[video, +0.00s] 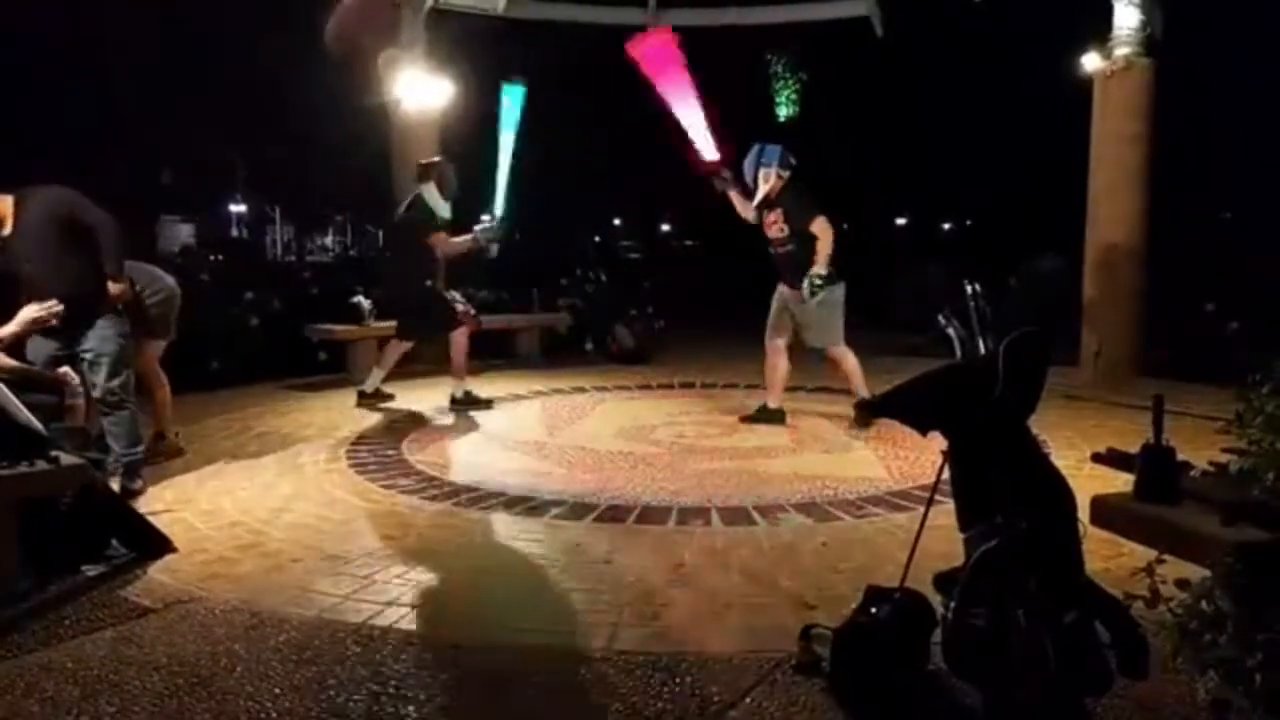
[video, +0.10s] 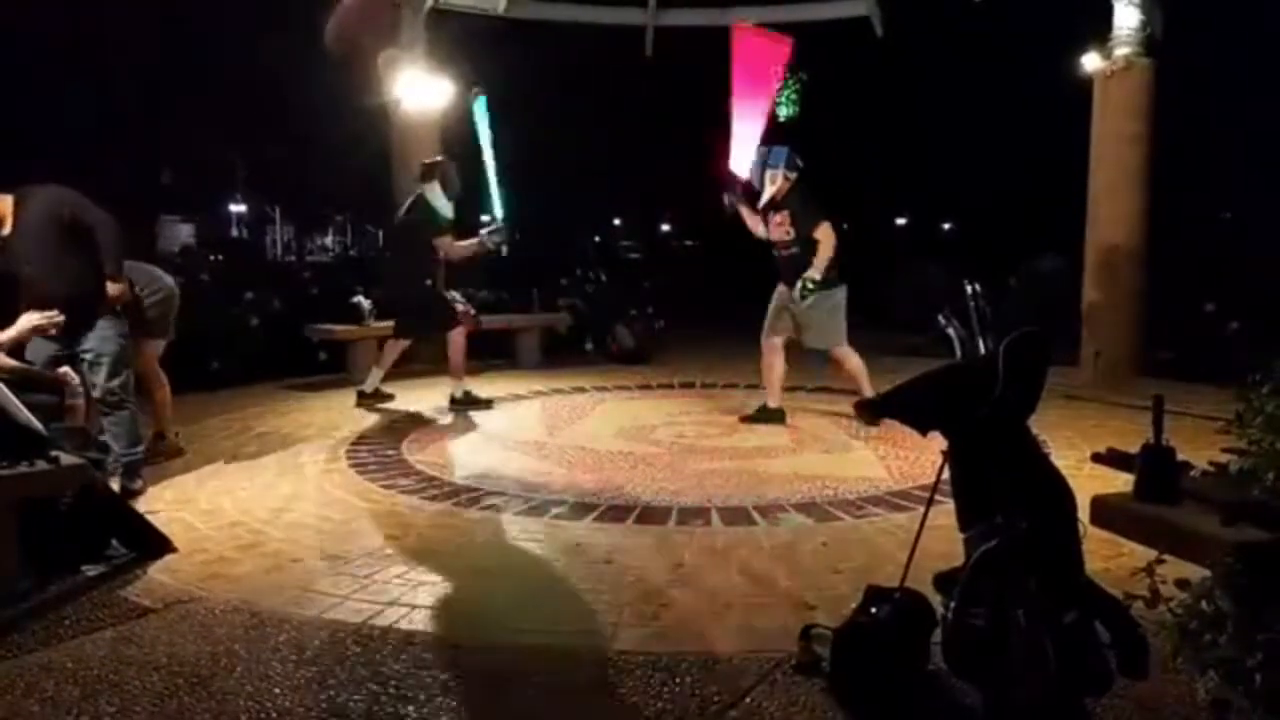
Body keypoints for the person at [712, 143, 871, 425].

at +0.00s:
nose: (760, 182)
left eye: (764, 175)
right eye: (758, 176)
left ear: (777, 174)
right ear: (758, 175)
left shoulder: (795, 200)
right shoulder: (766, 201)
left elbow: (825, 232)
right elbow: (748, 214)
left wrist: (819, 269)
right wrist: (730, 190)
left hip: (819, 287)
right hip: (787, 288)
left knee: (835, 348)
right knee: (775, 343)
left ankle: (863, 400)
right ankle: (773, 406)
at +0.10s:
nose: (769, 180)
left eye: (774, 174)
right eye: (767, 173)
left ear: (787, 175)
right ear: (763, 173)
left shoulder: (802, 203)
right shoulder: (769, 203)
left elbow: (827, 238)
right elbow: (763, 231)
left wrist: (814, 273)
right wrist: (741, 207)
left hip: (823, 289)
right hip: (788, 288)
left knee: (838, 349)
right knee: (771, 341)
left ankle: (869, 397)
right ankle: (772, 406)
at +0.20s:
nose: (786, 192)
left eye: (790, 185)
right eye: (782, 186)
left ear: (801, 183)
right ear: (776, 185)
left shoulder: (818, 209)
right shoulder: (785, 214)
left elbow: (839, 248)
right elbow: (785, 253)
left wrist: (816, 280)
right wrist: (759, 236)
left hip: (833, 294)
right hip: (796, 292)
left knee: (843, 355)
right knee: (772, 341)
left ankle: (873, 399)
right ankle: (772, 405)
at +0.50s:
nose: (817, 182)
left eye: (821, 175)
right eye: (815, 175)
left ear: (832, 173)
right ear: (813, 174)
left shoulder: (845, 200)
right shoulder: (821, 203)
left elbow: (861, 242)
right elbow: (826, 249)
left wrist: (831, 268)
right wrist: (792, 260)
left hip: (854, 287)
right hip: (824, 285)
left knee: (857, 349)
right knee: (799, 335)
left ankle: (879, 401)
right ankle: (788, 400)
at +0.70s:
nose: (816, 181)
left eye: (821, 174)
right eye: (817, 174)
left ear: (833, 174)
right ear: (826, 174)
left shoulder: (848, 200)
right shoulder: (827, 202)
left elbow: (842, 247)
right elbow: (830, 251)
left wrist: (806, 250)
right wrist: (804, 269)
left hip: (853, 289)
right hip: (827, 285)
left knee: (857, 349)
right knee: (798, 333)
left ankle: (879, 402)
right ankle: (810, 397)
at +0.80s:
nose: (812, 183)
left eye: (815, 177)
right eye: (812, 177)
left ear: (827, 176)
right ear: (832, 176)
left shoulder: (839, 203)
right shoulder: (831, 202)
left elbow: (820, 247)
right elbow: (833, 250)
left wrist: (789, 232)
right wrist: (807, 267)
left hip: (850, 289)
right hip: (825, 286)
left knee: (855, 348)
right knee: (787, 325)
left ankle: (879, 399)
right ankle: (799, 391)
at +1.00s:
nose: (799, 185)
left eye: (802, 179)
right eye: (801, 179)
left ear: (813, 177)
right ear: (821, 176)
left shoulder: (824, 201)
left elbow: (796, 241)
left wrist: (781, 229)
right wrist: (793, 255)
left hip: (839, 289)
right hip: (813, 287)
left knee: (854, 347)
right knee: (782, 331)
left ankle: (879, 398)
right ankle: (762, 391)